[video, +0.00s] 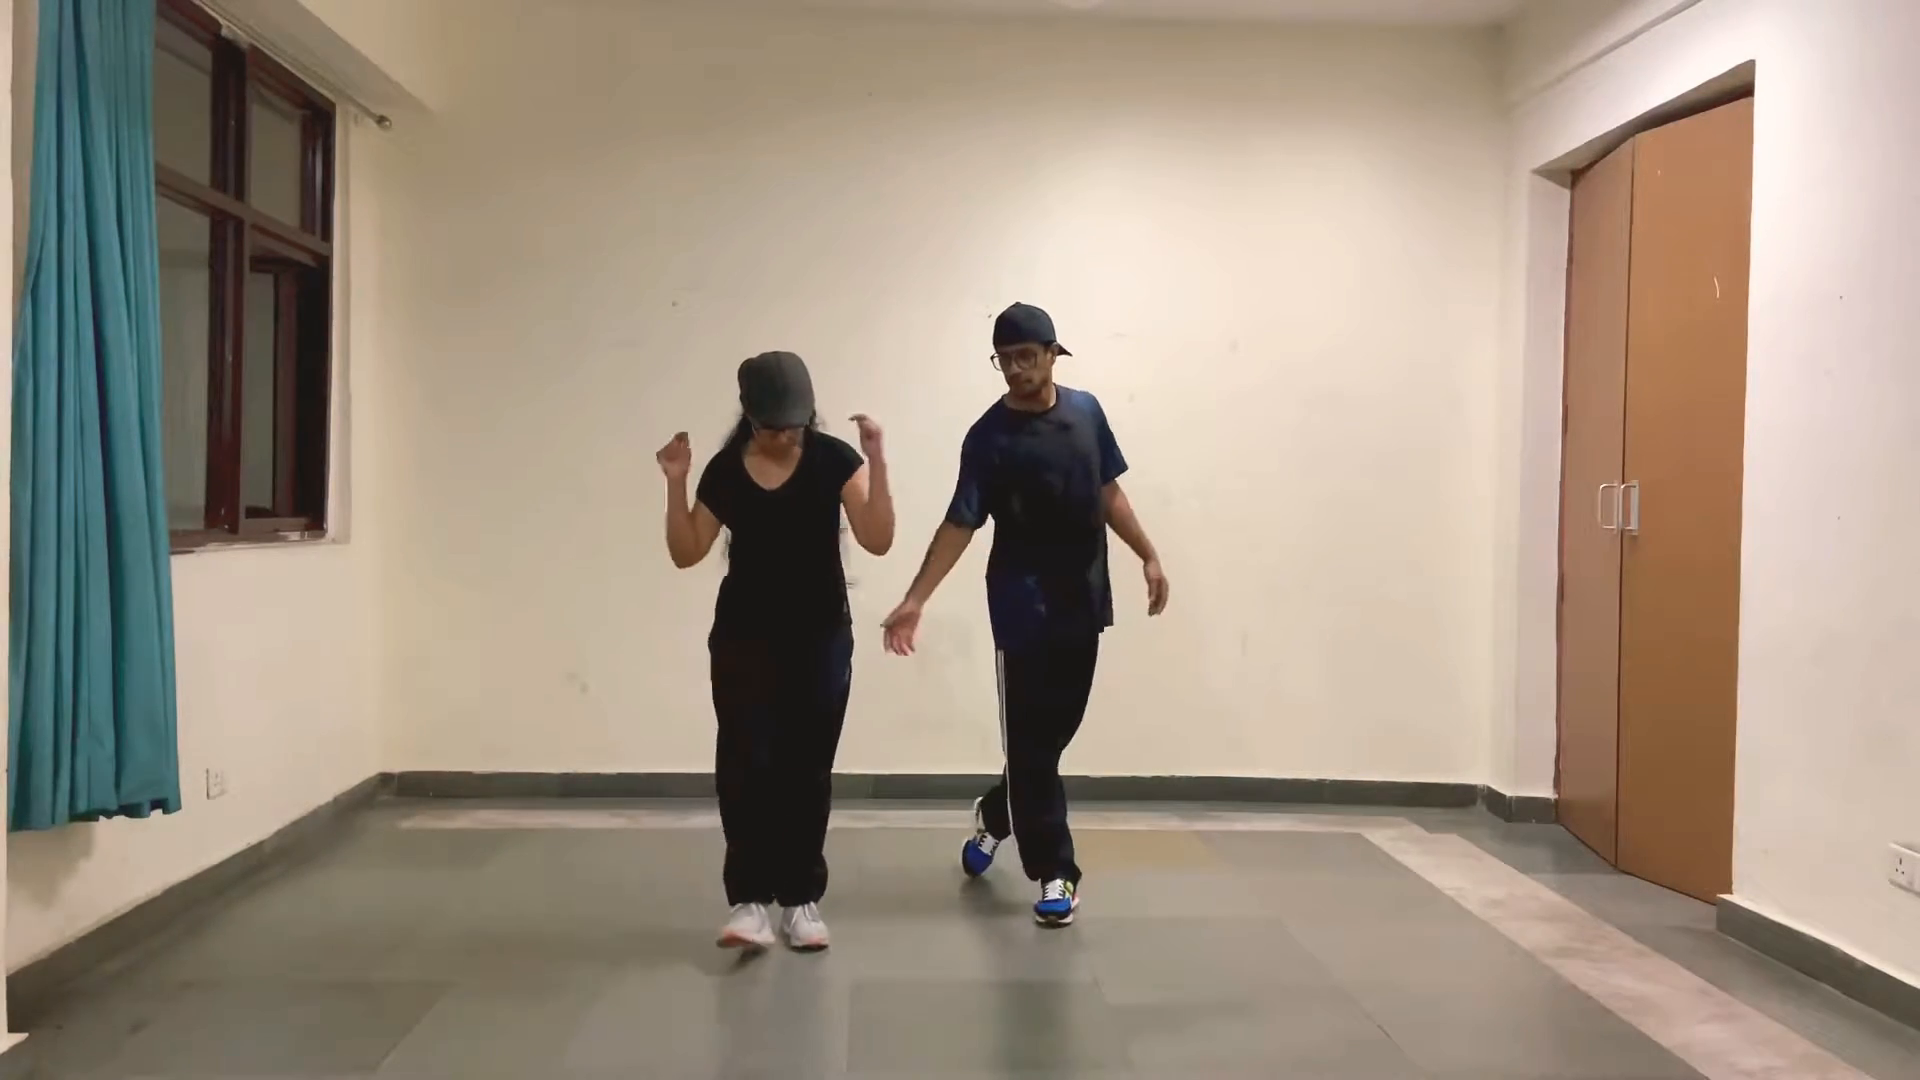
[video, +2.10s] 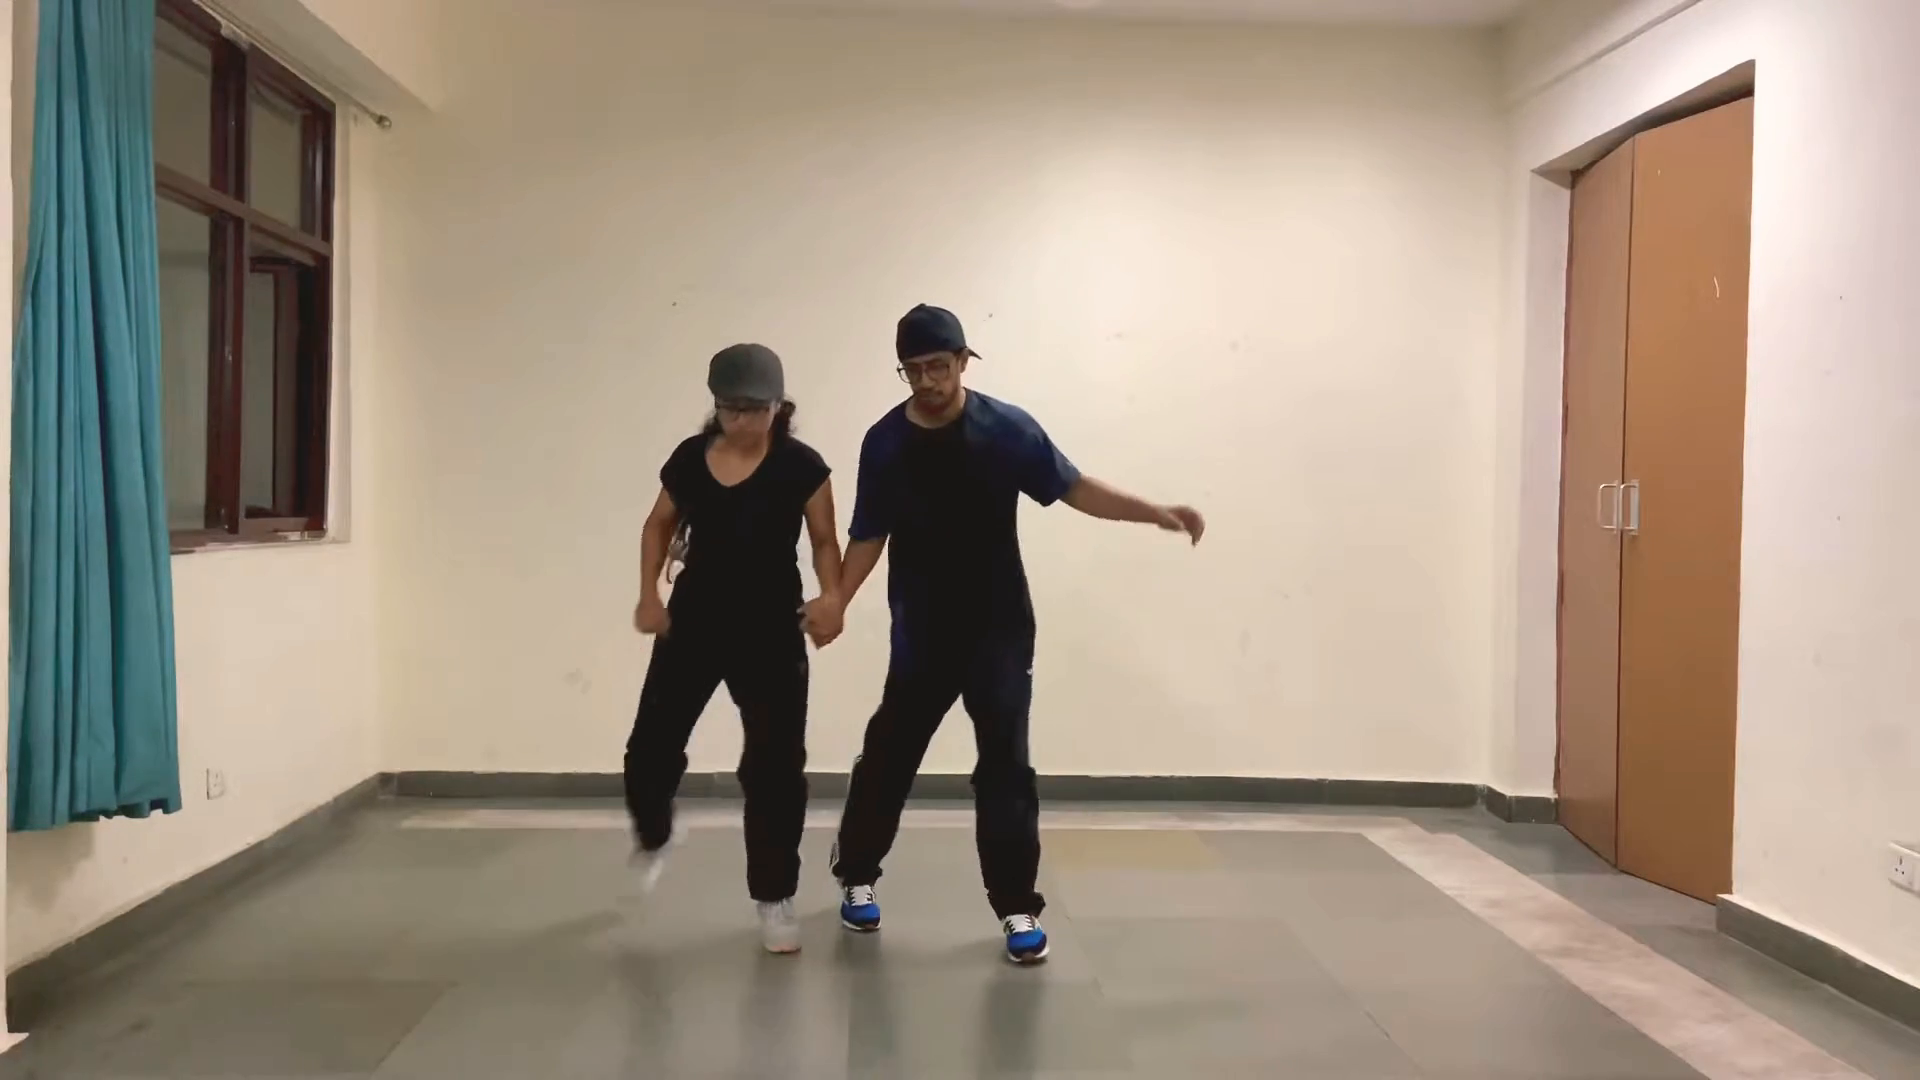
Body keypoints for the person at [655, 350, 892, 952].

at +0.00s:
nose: (787, 436)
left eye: (795, 424)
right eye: (774, 427)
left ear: (808, 413)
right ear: (750, 417)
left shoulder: (832, 457)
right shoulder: (728, 468)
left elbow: (877, 540)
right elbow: (687, 552)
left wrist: (876, 463)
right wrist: (676, 483)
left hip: (819, 636)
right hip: (745, 635)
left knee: (807, 766)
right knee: (745, 766)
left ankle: (802, 903)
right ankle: (749, 905)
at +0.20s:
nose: (784, 428)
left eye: (794, 416)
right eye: (771, 418)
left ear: (811, 407)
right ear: (751, 412)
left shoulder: (840, 457)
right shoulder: (731, 465)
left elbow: (873, 547)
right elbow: (696, 543)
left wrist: (847, 527)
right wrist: (676, 542)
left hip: (823, 635)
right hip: (751, 632)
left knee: (812, 765)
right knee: (751, 765)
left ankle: (803, 903)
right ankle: (749, 905)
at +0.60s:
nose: (766, 423)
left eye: (777, 411)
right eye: (753, 411)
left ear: (792, 409)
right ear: (732, 409)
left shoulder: (815, 461)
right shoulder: (704, 471)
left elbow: (863, 518)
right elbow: (669, 548)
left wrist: (905, 564)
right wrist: (642, 628)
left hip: (796, 639)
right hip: (720, 641)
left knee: (799, 761)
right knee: (729, 773)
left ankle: (805, 876)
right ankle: (740, 898)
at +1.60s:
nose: (759, 416)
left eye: (770, 404)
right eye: (747, 405)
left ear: (789, 403)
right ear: (730, 403)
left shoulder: (815, 466)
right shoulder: (704, 463)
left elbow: (834, 547)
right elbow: (676, 541)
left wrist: (837, 613)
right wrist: (652, 601)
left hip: (784, 637)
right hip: (711, 637)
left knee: (786, 771)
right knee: (709, 768)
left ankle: (797, 901)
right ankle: (725, 887)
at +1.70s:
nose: (746, 412)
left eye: (758, 400)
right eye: (735, 400)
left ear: (778, 400)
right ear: (718, 399)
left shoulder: (806, 465)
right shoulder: (694, 460)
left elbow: (821, 546)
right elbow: (668, 541)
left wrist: (823, 614)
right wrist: (643, 611)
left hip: (771, 633)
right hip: (696, 629)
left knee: (780, 766)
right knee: (669, 753)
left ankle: (795, 900)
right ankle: (677, 866)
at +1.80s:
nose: (726, 420)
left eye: (739, 409)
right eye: (715, 409)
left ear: (763, 409)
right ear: (701, 408)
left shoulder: (791, 473)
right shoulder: (679, 464)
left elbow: (800, 556)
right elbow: (648, 546)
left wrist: (802, 624)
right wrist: (620, 617)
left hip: (748, 639)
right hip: (673, 633)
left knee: (757, 770)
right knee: (634, 756)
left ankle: (791, 899)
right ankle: (597, 873)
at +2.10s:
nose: (744, 420)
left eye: (756, 408)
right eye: (733, 408)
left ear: (778, 406)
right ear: (716, 405)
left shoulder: (803, 468)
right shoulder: (691, 459)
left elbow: (825, 541)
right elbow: (659, 525)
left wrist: (831, 600)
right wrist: (650, 592)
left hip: (770, 630)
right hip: (695, 624)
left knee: (777, 764)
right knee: (650, 748)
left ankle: (774, 898)